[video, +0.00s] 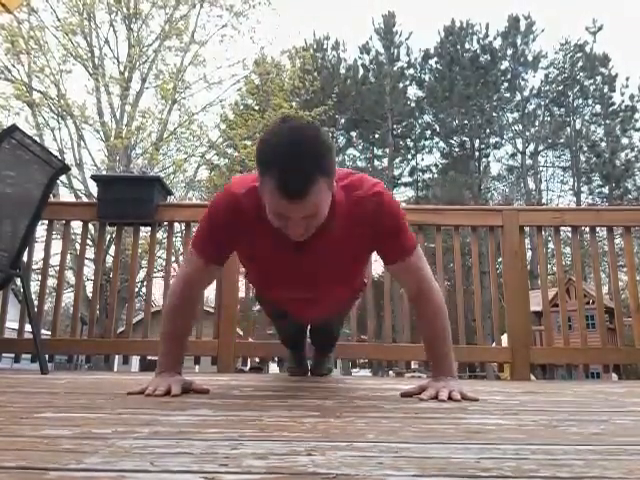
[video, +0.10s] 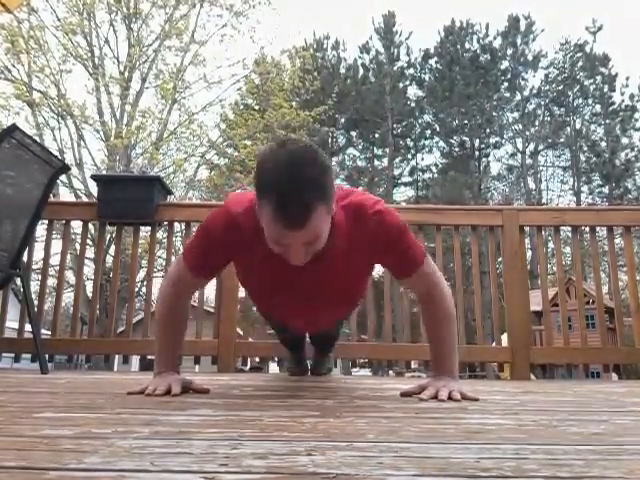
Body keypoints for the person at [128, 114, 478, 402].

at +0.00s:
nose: (296, 229)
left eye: (309, 216)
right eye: (281, 216)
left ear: (332, 185)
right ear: (262, 190)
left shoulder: (372, 204)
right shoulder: (233, 207)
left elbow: (424, 289)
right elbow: (189, 282)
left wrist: (443, 375)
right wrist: (169, 370)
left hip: (337, 301)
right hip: (277, 301)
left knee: (326, 337)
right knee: (291, 336)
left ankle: (321, 358)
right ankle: (296, 358)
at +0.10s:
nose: (296, 256)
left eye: (310, 241)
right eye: (280, 242)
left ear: (332, 206)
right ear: (258, 212)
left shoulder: (371, 219)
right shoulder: (233, 222)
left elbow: (433, 288)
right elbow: (176, 286)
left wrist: (445, 375)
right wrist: (167, 370)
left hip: (335, 313)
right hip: (278, 314)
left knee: (325, 340)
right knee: (290, 341)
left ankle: (321, 358)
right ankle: (294, 359)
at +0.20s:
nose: (296, 338)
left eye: (308, 326)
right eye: (280, 329)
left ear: (331, 286)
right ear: (255, 290)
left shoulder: (368, 268)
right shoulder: (229, 269)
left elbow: (447, 292)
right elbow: (160, 292)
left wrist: (446, 375)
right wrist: (165, 370)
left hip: (336, 349)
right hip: (269, 349)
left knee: (322, 361)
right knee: (283, 359)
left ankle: (318, 365)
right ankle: (295, 362)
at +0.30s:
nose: (295, 382)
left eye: (309, 372)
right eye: (277, 375)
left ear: (332, 324)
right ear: (250, 325)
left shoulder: (368, 291)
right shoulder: (230, 289)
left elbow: (448, 291)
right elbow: (160, 288)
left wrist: (446, 374)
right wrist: (164, 369)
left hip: (337, 362)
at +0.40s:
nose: (293, 384)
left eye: (308, 374)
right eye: (275, 377)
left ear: (332, 328)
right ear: (249, 327)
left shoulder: (368, 293)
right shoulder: (230, 290)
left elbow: (448, 291)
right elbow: (159, 288)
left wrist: (445, 375)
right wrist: (164, 369)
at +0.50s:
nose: (295, 336)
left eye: (308, 324)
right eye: (280, 328)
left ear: (332, 283)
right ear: (255, 289)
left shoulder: (373, 270)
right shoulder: (226, 268)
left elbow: (450, 291)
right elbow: (160, 289)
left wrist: (447, 376)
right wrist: (164, 370)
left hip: (338, 341)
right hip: (271, 344)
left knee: (325, 361)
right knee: (286, 362)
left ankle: (325, 362)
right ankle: (293, 360)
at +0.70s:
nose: (294, 243)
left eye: (307, 231)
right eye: (280, 231)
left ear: (331, 200)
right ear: (261, 206)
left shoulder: (374, 216)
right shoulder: (233, 218)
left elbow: (428, 287)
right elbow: (179, 287)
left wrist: (445, 376)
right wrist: (167, 372)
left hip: (335, 304)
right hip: (278, 305)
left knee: (325, 337)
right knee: (292, 338)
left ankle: (322, 359)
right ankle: (294, 358)